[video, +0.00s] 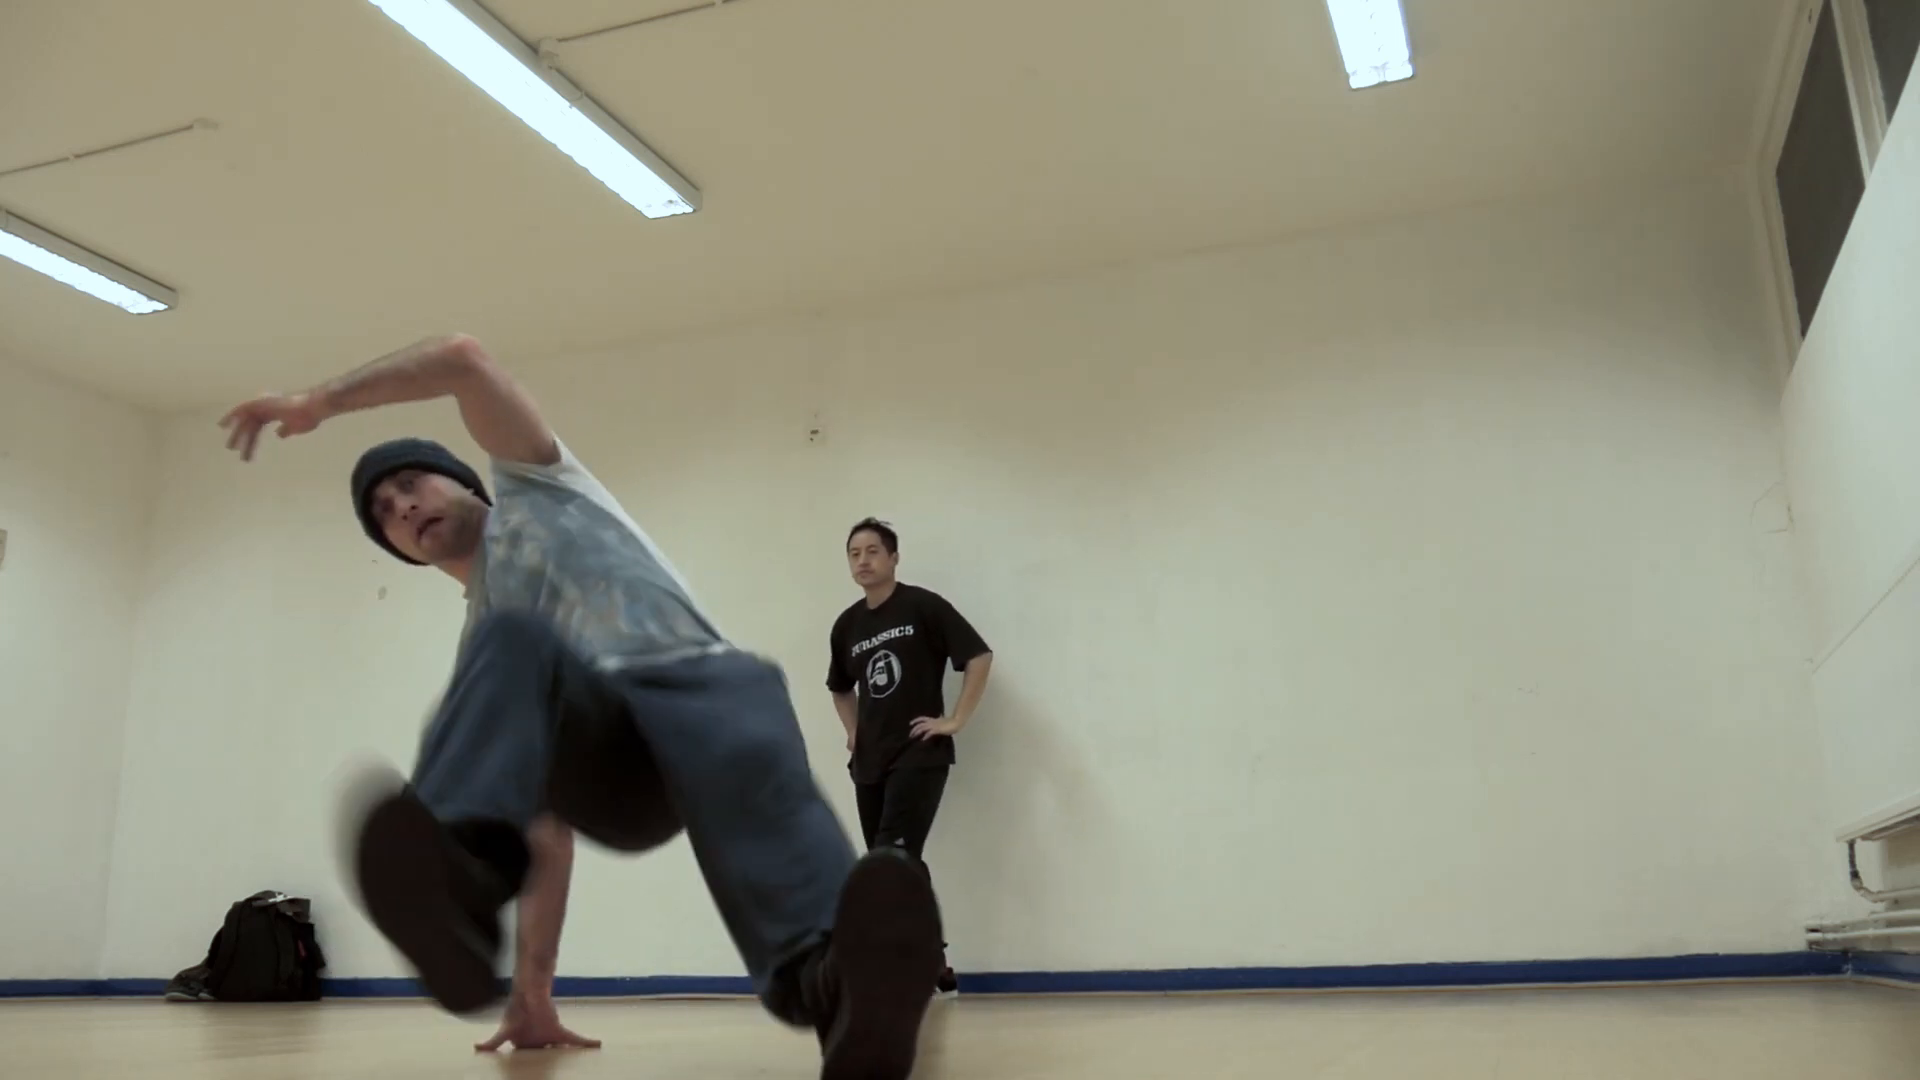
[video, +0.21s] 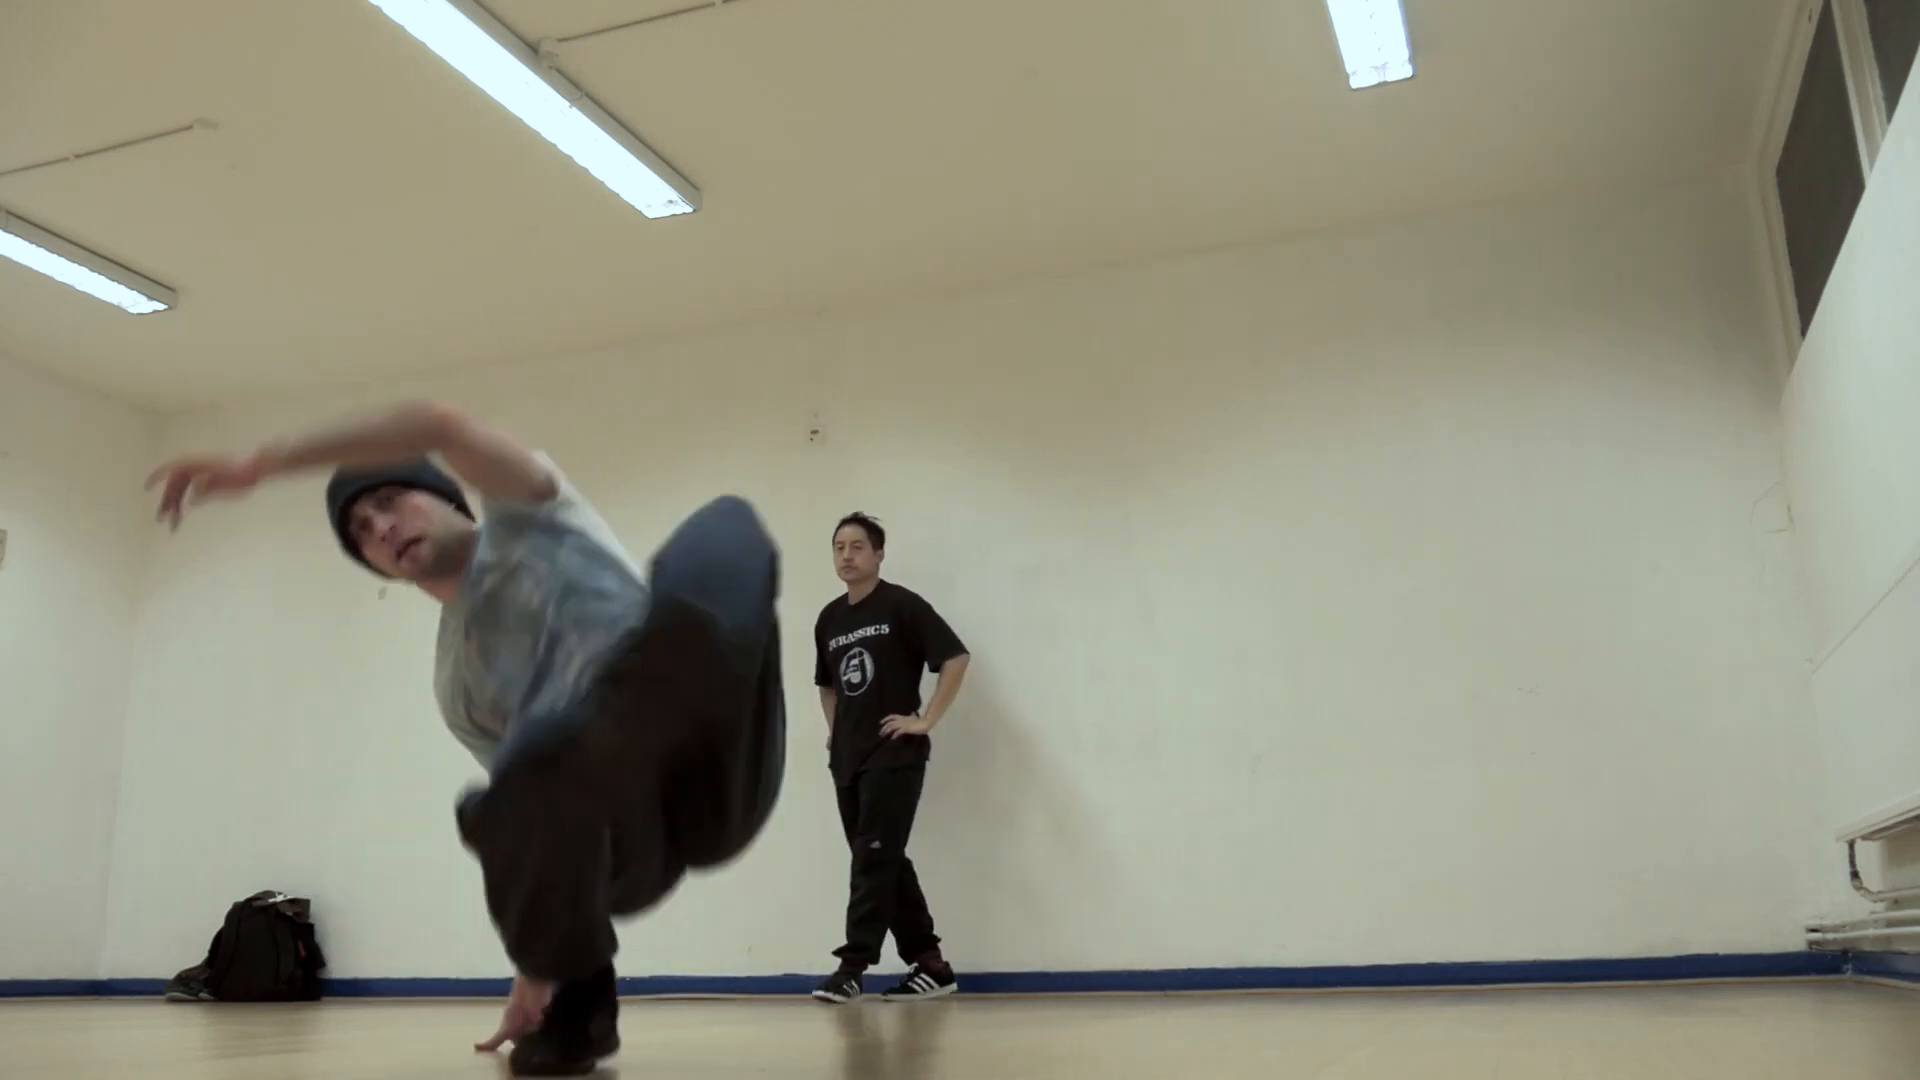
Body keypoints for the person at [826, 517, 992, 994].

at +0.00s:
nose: (863, 560)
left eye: (872, 551)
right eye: (855, 553)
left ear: (893, 557)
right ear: (848, 563)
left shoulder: (924, 606)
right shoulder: (847, 626)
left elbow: (979, 657)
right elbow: (841, 687)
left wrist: (955, 722)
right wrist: (854, 734)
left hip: (920, 750)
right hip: (870, 758)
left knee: (897, 855)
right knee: (884, 861)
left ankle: (923, 966)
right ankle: (930, 964)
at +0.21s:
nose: (846, 554)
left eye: (857, 546)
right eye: (840, 547)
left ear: (878, 554)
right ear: (833, 557)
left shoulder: (903, 605)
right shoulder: (829, 620)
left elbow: (956, 659)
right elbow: (827, 685)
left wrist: (927, 720)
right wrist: (834, 728)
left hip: (895, 748)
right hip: (847, 754)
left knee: (874, 854)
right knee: (880, 858)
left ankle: (851, 970)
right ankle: (932, 965)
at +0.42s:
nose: (826, 548)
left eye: (837, 540)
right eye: (819, 540)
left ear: (858, 548)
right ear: (813, 549)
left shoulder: (880, 599)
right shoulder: (810, 612)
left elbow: (930, 655)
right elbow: (807, 680)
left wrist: (899, 715)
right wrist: (816, 727)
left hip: (869, 746)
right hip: (822, 749)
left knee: (854, 859)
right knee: (828, 867)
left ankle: (847, 972)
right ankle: (907, 946)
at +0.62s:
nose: (803, 544)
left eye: (813, 536)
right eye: (796, 537)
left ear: (835, 542)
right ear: (790, 545)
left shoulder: (856, 592)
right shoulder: (790, 603)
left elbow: (906, 648)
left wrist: (878, 712)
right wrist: (801, 713)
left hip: (847, 744)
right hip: (799, 745)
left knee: (843, 855)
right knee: (771, 851)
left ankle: (845, 972)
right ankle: (829, 940)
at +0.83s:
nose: (768, 544)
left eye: (779, 535)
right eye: (761, 536)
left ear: (801, 542)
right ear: (754, 546)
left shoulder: (824, 589)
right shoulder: (758, 607)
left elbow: (879, 644)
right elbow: (774, 673)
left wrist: (855, 711)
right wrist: (774, 723)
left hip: (825, 748)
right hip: (772, 751)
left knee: (834, 857)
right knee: (745, 853)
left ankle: (845, 972)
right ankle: (717, 965)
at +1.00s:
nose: (735, 542)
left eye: (745, 533)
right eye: (728, 534)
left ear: (767, 540)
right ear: (719, 544)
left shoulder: (793, 588)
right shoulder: (720, 609)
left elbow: (849, 643)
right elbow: (725, 676)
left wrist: (827, 712)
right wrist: (729, 724)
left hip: (794, 753)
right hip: (737, 755)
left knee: (814, 859)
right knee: (721, 860)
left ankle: (841, 969)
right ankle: (708, 973)